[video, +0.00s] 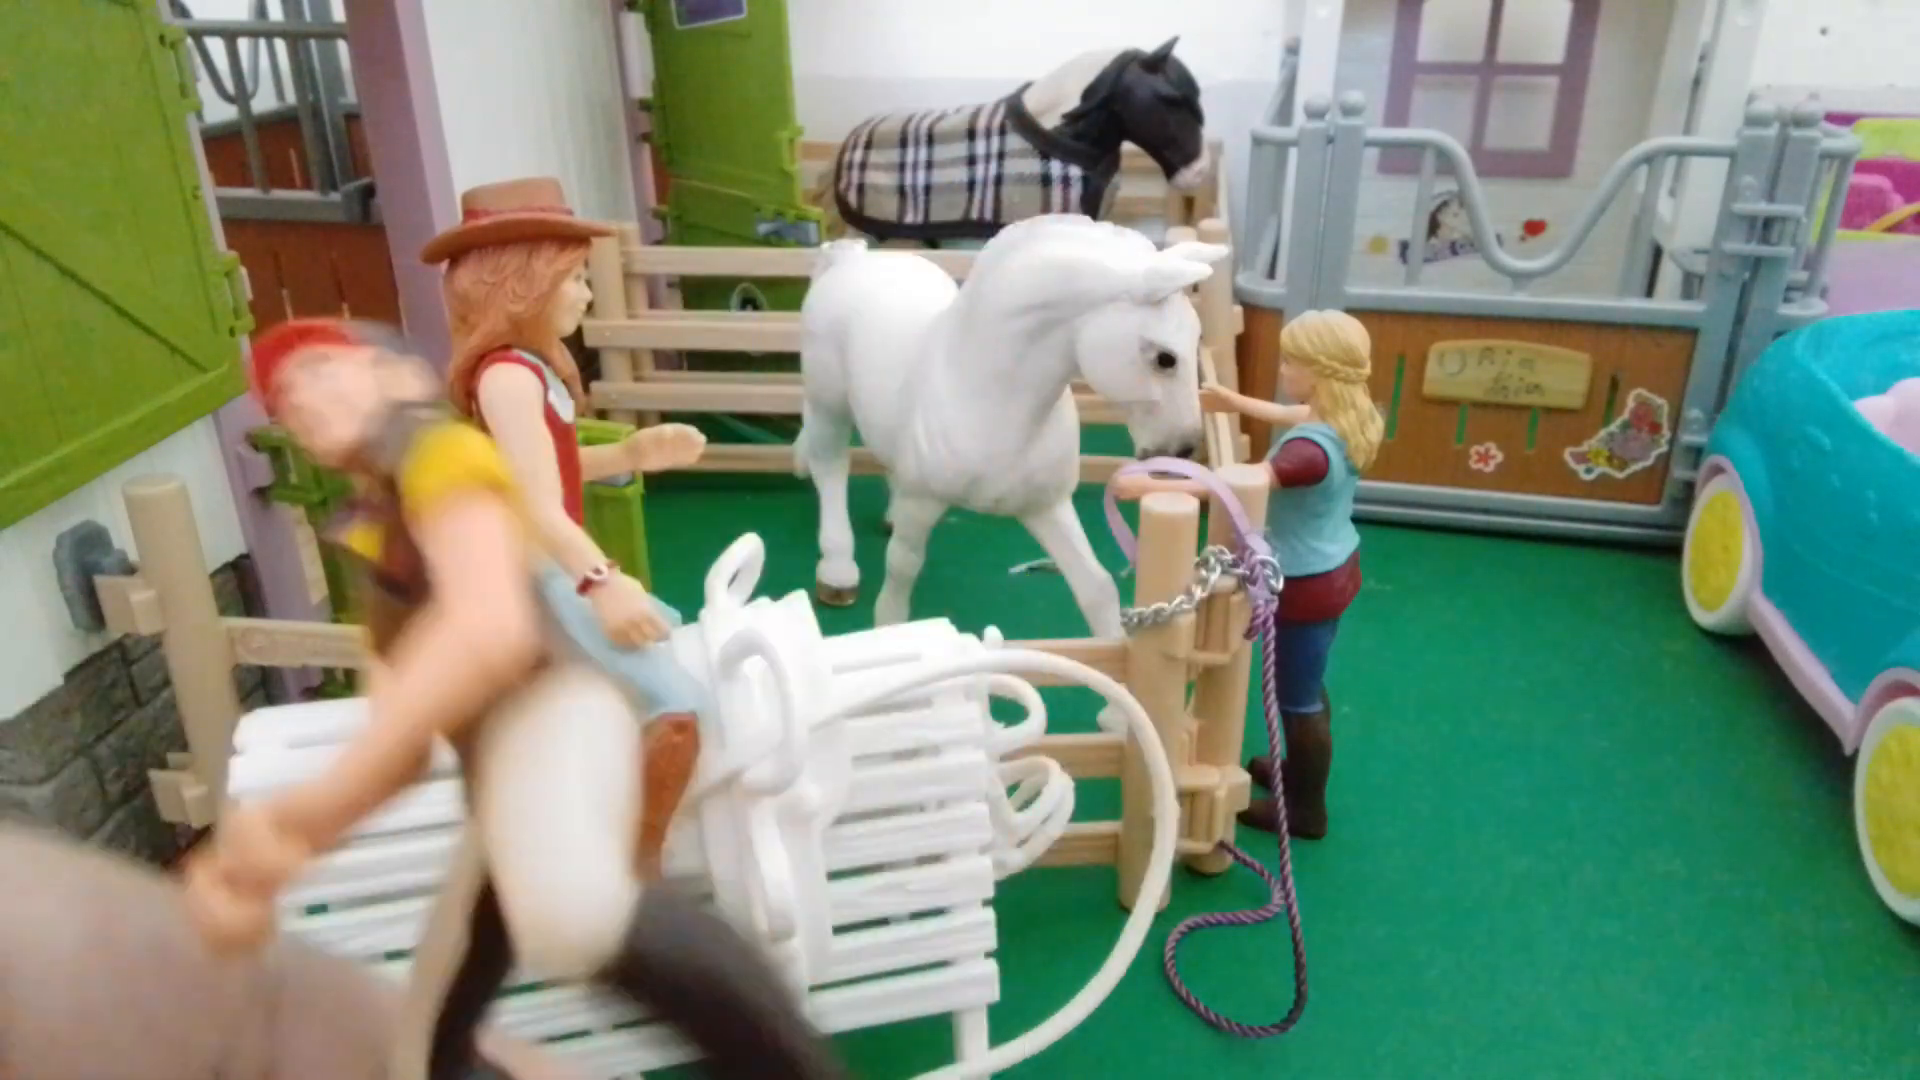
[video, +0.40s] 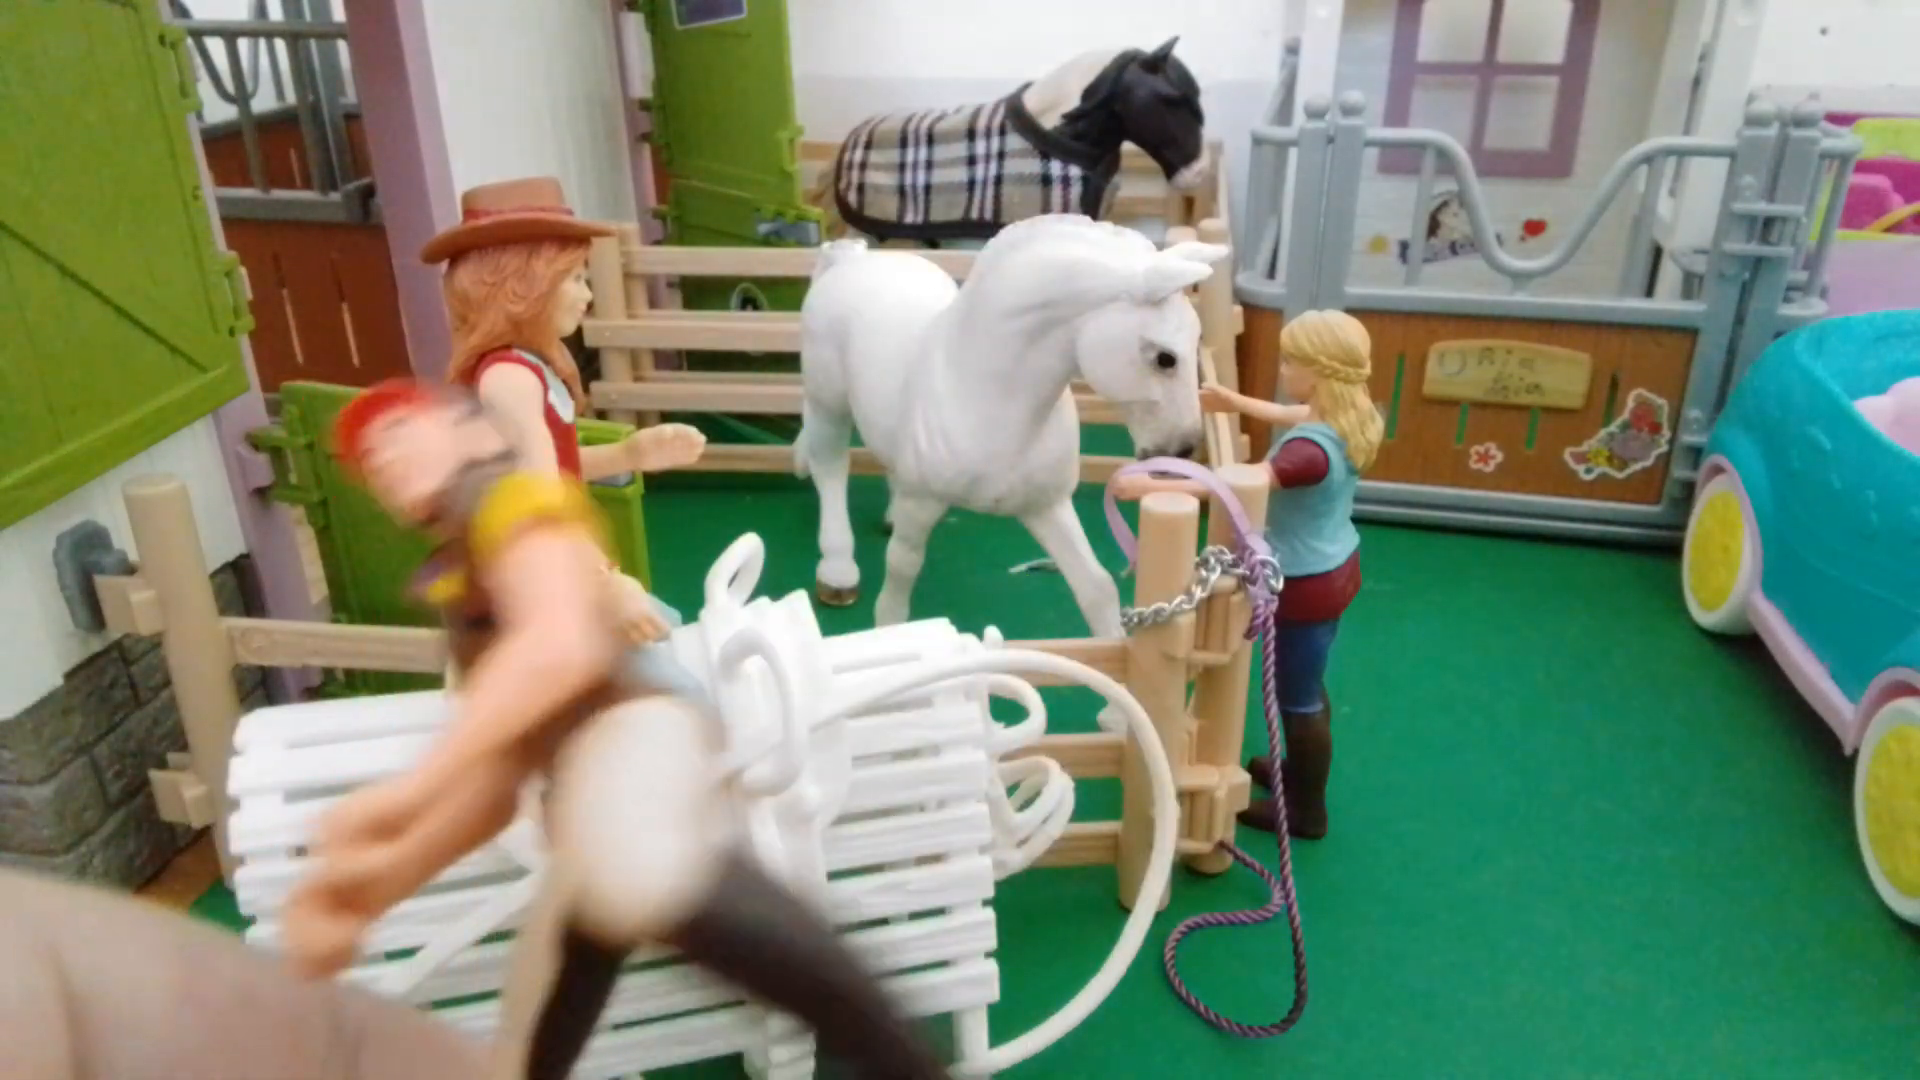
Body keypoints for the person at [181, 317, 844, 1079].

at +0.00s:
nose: (304, 406)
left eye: (317, 375)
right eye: (286, 402)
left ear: (378, 364)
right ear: (292, 430)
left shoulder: (441, 451)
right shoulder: (377, 510)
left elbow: (490, 627)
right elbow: (405, 733)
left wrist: (300, 822)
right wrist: (285, 834)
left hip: (557, 705)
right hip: (503, 748)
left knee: (569, 920)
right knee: (430, 1039)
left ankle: (794, 1061)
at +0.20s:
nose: (345, 448)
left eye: (361, 418)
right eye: (329, 449)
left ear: (427, 415)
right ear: (340, 482)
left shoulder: (467, 483)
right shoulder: (423, 560)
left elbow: (499, 643)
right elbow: (464, 771)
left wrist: (342, 799)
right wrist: (332, 886)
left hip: (596, 705)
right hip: (531, 751)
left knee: (536, 880)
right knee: (491, 1059)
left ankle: (815, 1068)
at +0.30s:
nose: (363, 483)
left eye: (380, 454)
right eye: (348, 482)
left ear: (446, 452)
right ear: (354, 516)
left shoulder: (485, 515)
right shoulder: (435, 608)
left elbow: (512, 675)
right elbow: (472, 807)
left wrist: (356, 827)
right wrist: (332, 923)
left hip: (607, 733)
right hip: (538, 781)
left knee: (546, 913)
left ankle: (794, 1064)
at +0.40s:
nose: (385, 466)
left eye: (398, 436)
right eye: (370, 460)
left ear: (459, 419)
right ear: (377, 485)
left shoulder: (517, 500)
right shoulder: (465, 580)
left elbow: (562, 647)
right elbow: (488, 791)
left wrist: (410, 798)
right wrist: (377, 883)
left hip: (637, 718)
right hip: (579, 761)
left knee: (632, 875)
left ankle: (893, 1052)